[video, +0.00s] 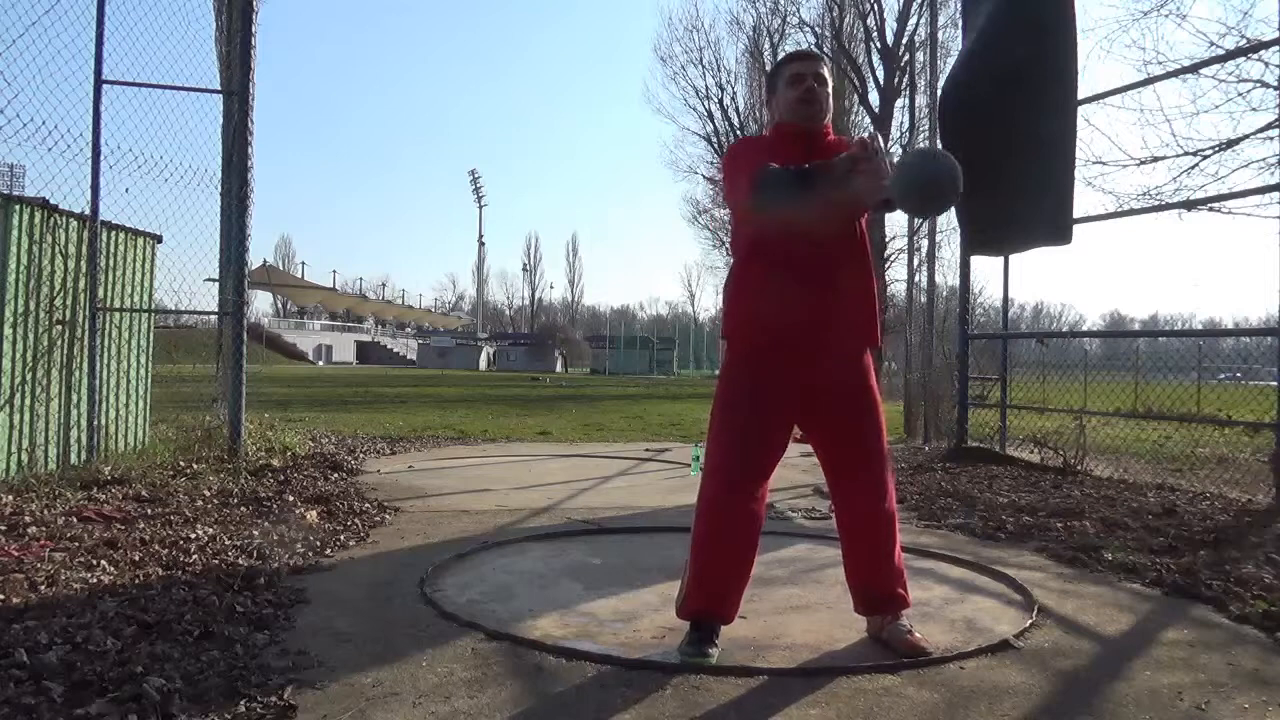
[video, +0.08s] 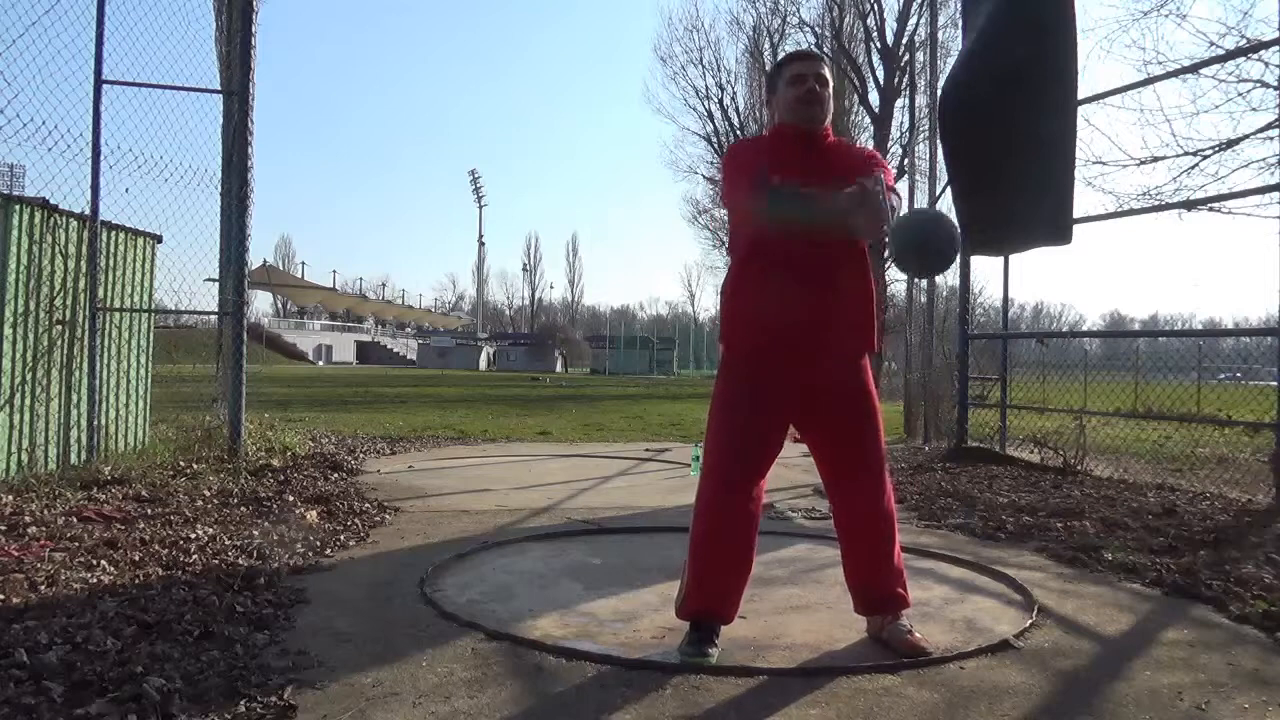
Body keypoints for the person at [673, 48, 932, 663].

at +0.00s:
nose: (809, 86)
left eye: (818, 79)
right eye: (795, 79)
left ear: (832, 98)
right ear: (771, 97)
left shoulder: (852, 154)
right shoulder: (746, 154)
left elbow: (880, 188)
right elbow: (767, 204)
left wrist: (879, 172)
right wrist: (851, 187)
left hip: (843, 353)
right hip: (758, 354)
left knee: (868, 487)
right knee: (729, 489)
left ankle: (887, 616)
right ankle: (705, 620)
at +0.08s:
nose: (810, 86)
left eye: (819, 79)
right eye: (796, 78)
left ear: (834, 98)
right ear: (771, 97)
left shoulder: (863, 161)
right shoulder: (746, 155)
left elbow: (880, 212)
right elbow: (756, 210)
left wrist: (883, 215)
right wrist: (846, 212)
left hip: (840, 356)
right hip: (755, 356)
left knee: (866, 488)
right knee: (726, 489)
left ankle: (887, 616)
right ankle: (704, 620)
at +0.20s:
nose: (816, 91)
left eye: (824, 84)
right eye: (802, 83)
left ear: (836, 101)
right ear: (774, 100)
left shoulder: (863, 168)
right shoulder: (744, 163)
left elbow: (880, 238)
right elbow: (763, 236)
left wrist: (861, 274)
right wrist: (830, 283)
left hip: (834, 354)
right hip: (751, 355)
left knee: (865, 484)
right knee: (722, 489)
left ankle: (887, 616)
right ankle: (704, 620)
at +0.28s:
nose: (821, 94)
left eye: (829, 86)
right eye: (806, 87)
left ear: (842, 102)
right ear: (777, 104)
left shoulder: (865, 173)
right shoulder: (747, 167)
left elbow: (870, 258)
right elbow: (754, 258)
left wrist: (856, 325)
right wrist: (811, 325)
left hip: (832, 352)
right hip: (752, 352)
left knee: (862, 476)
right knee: (722, 485)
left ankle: (887, 615)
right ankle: (704, 619)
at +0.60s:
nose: (859, 173)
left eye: (870, 159)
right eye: (843, 160)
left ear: (881, 163)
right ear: (810, 161)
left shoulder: (893, 238)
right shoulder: (759, 215)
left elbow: (858, 333)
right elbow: (747, 319)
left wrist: (812, 399)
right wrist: (773, 396)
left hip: (827, 362)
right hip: (747, 353)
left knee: (854, 477)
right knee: (721, 480)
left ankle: (885, 614)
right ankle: (703, 620)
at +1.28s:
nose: (813, 89)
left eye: (821, 82)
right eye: (798, 80)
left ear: (833, 101)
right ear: (771, 98)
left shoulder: (861, 169)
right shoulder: (740, 166)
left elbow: (866, 253)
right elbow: (746, 250)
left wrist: (847, 312)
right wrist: (805, 308)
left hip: (835, 350)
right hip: (753, 350)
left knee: (859, 472)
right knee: (725, 479)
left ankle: (885, 614)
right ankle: (705, 618)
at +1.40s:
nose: (806, 84)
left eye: (815, 80)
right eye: (791, 78)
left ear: (828, 103)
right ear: (765, 100)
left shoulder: (859, 165)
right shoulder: (739, 160)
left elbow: (878, 223)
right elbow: (747, 228)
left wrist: (861, 245)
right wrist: (828, 235)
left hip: (839, 359)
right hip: (755, 360)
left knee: (866, 486)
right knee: (727, 488)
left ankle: (885, 615)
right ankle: (704, 620)